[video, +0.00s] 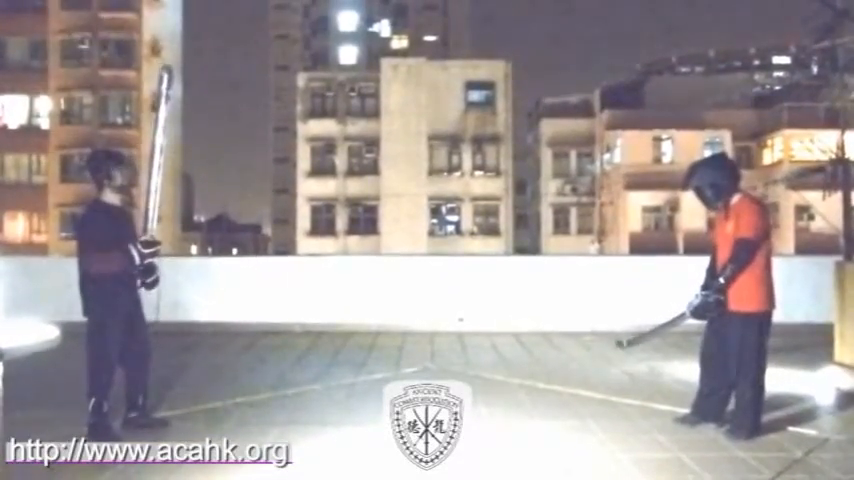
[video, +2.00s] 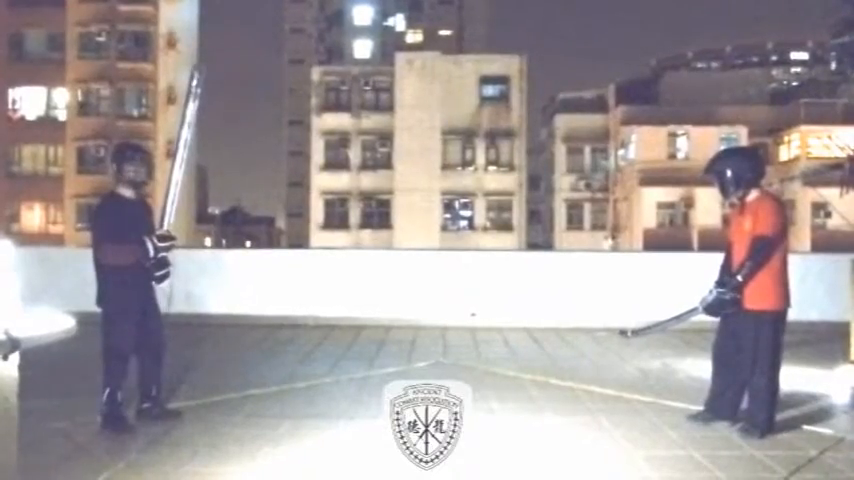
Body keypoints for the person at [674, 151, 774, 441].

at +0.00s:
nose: (702, 197)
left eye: (703, 190)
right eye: (699, 192)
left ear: (717, 185)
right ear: (718, 186)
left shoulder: (749, 208)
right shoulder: (722, 214)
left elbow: (744, 251)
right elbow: (717, 259)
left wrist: (718, 287)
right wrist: (706, 290)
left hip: (751, 303)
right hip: (726, 301)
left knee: (747, 365)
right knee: (715, 358)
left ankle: (745, 421)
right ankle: (707, 410)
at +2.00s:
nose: (720, 187)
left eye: (723, 180)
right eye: (719, 181)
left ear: (739, 178)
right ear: (736, 179)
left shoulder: (768, 206)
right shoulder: (737, 210)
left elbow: (762, 249)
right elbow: (732, 253)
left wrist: (735, 284)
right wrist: (721, 285)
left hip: (765, 301)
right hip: (740, 298)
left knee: (762, 362)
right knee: (727, 354)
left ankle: (759, 419)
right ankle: (720, 407)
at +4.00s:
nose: (712, 169)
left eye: (715, 161)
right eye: (711, 162)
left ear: (731, 159)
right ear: (725, 161)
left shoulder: (760, 189)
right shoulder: (727, 193)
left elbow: (754, 232)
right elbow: (723, 236)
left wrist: (726, 267)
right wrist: (712, 268)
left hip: (756, 283)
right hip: (731, 280)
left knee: (752, 344)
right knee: (719, 336)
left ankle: (750, 401)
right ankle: (712, 388)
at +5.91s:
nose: (712, 165)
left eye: (714, 158)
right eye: (711, 159)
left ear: (730, 155)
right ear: (728, 156)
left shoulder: (760, 185)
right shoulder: (727, 189)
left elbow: (753, 228)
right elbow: (722, 231)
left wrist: (727, 263)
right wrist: (714, 264)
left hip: (757, 278)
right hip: (731, 276)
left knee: (754, 338)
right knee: (721, 332)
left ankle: (754, 395)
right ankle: (717, 384)